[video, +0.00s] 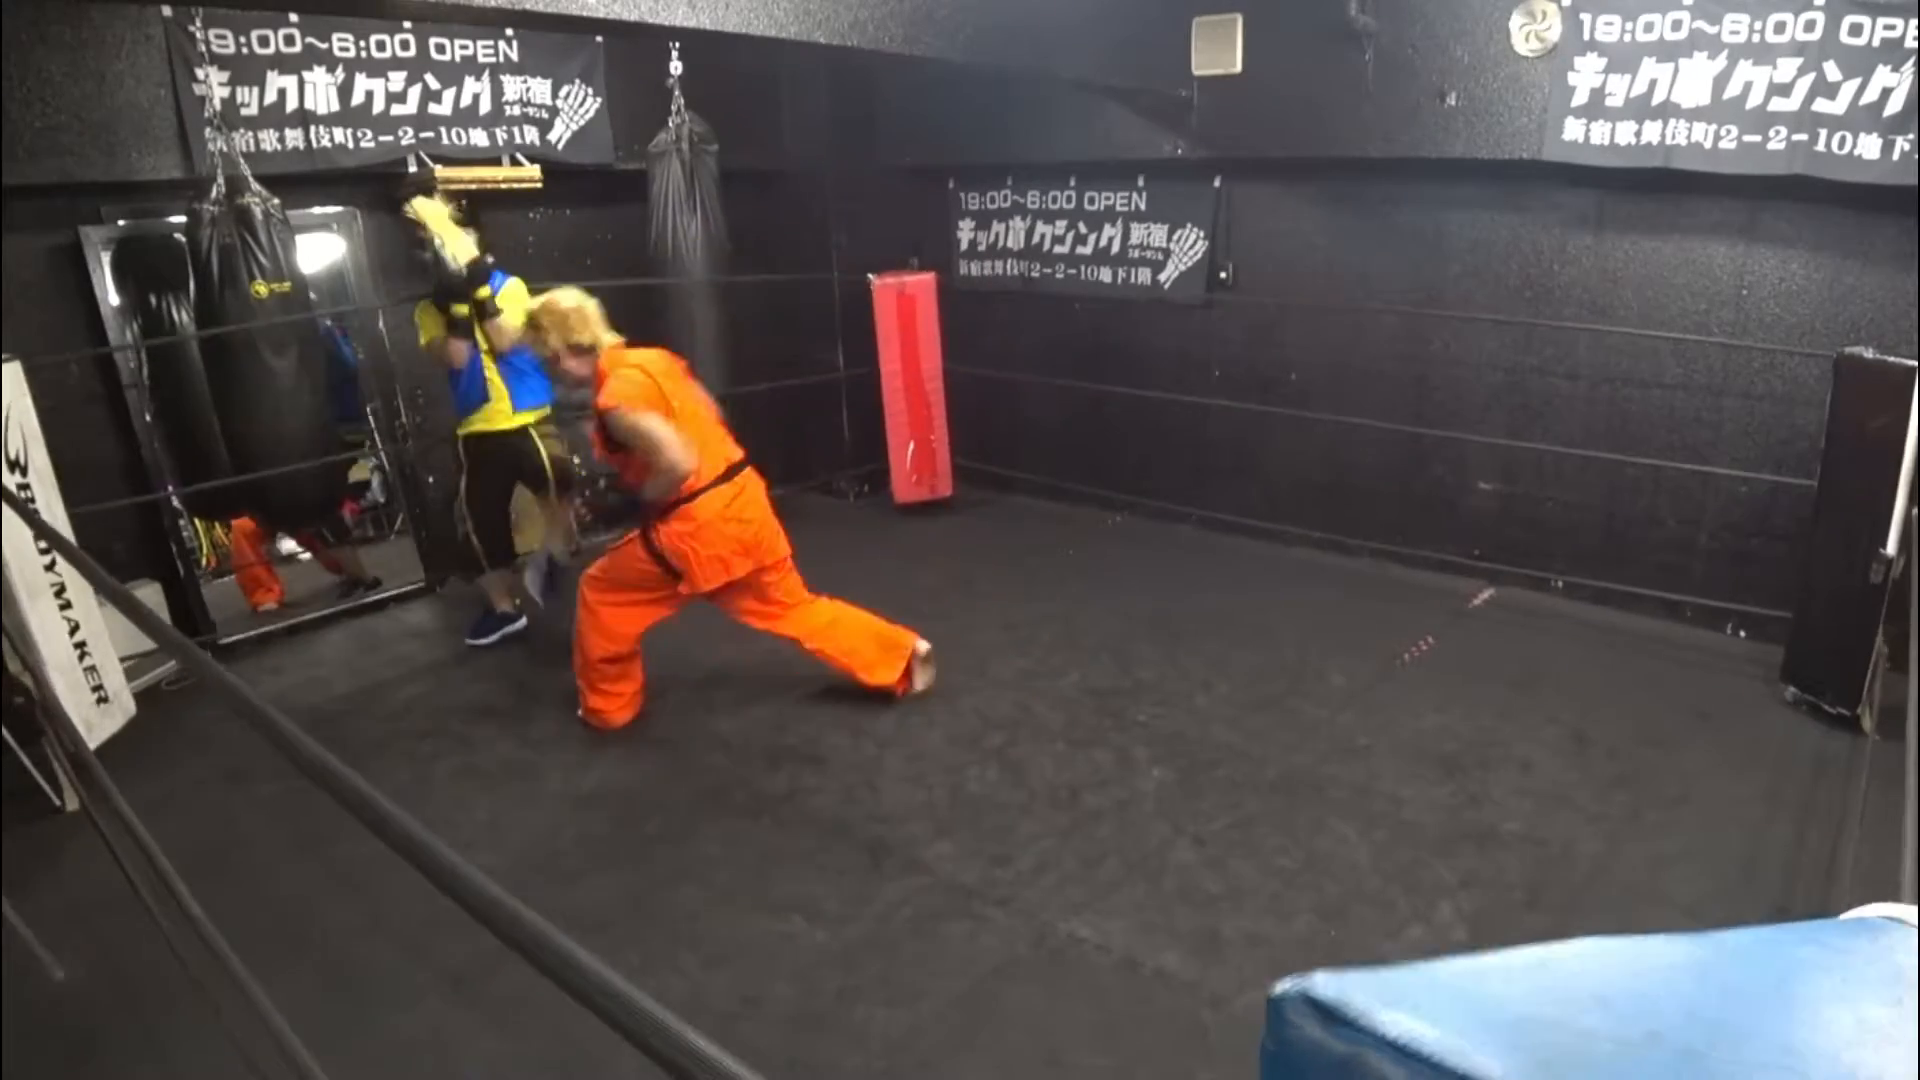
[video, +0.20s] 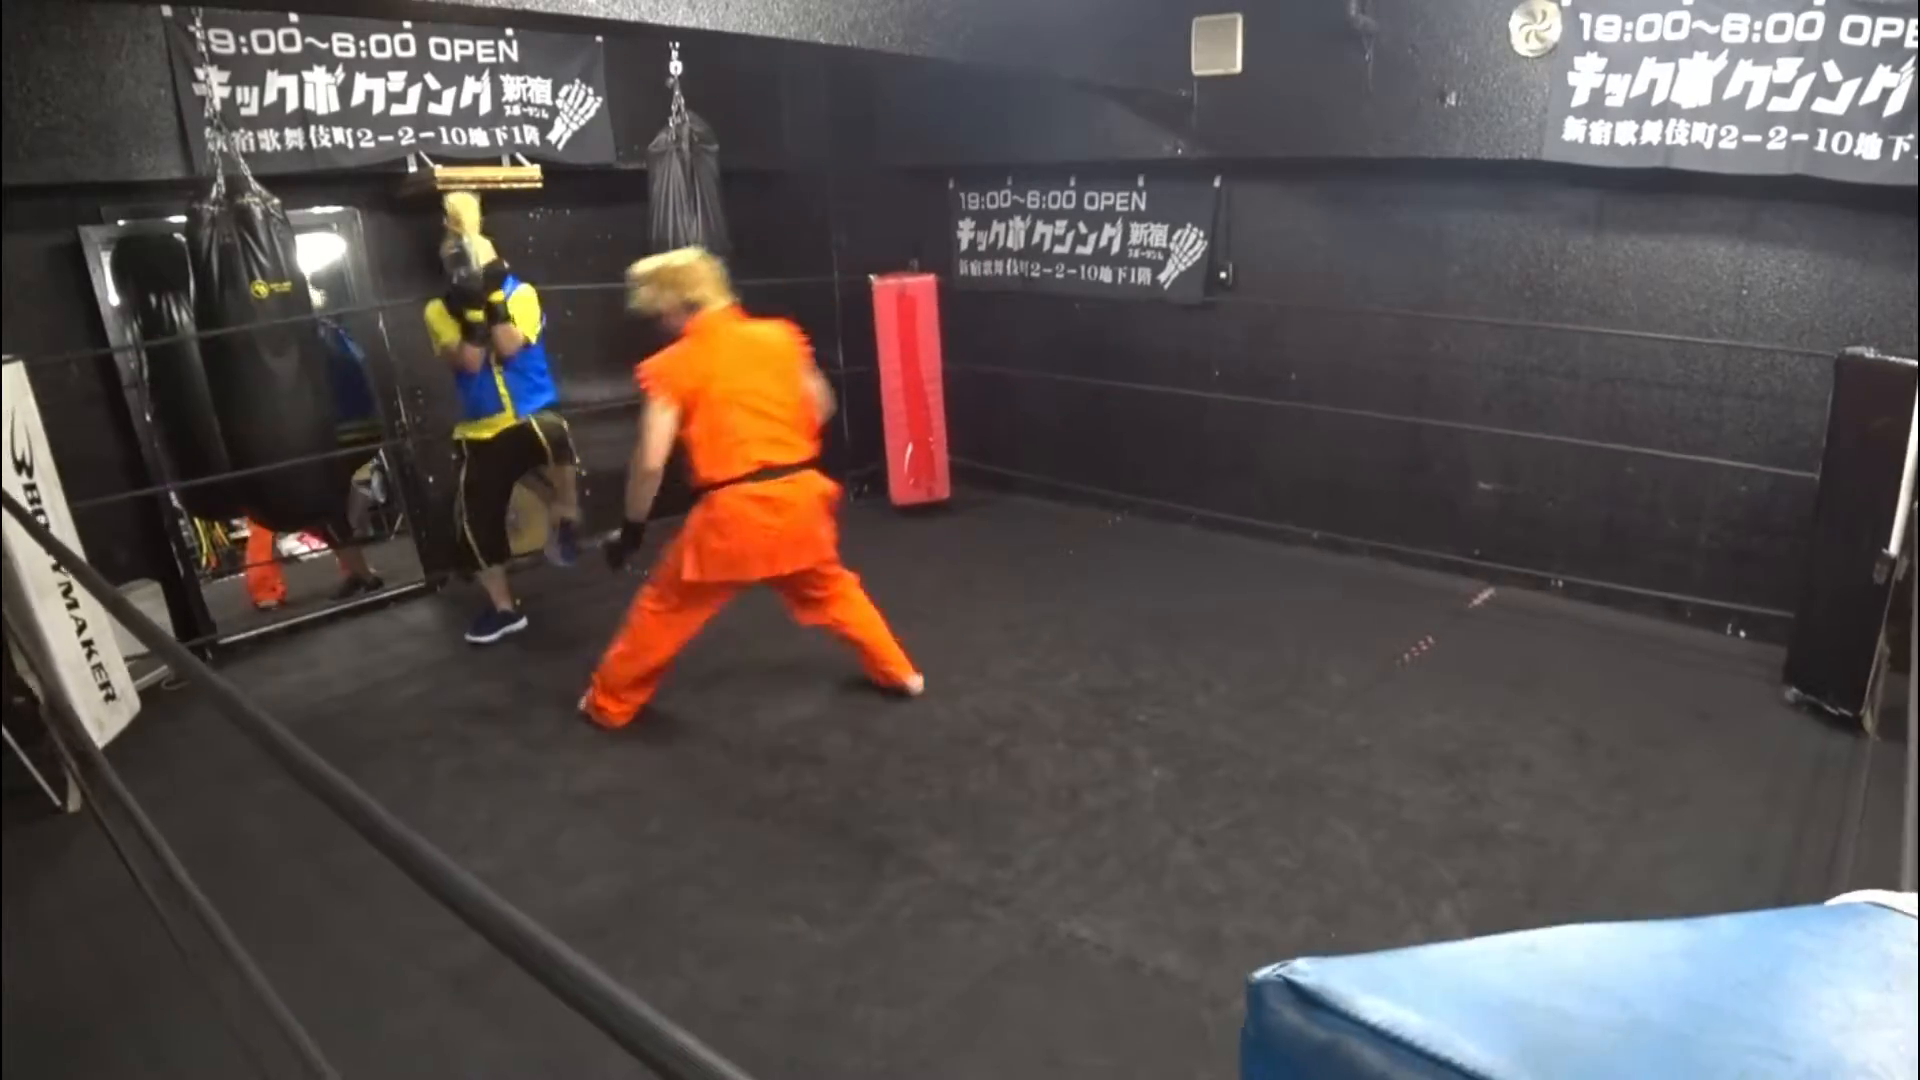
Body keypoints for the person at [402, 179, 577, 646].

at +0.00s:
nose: (438, 254)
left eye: (445, 241)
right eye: (430, 246)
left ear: (467, 242)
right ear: (425, 255)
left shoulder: (508, 287)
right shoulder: (430, 308)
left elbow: (504, 341)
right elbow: (454, 359)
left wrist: (482, 297)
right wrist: (454, 310)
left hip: (529, 421)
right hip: (479, 430)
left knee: (558, 486)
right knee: (484, 519)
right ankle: (504, 606)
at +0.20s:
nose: (461, 271)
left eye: (466, 261)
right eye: (452, 264)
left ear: (485, 262)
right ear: (443, 270)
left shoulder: (519, 294)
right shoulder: (440, 311)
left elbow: (510, 345)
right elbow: (468, 362)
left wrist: (489, 297)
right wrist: (471, 313)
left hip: (531, 419)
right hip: (482, 434)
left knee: (553, 436)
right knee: (475, 524)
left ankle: (566, 518)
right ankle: (504, 607)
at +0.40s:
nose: (485, 299)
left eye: (491, 289)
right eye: (476, 292)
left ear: (506, 283)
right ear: (465, 291)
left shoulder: (540, 321)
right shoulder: (455, 336)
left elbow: (568, 381)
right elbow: (457, 399)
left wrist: (538, 353)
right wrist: (466, 364)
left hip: (560, 443)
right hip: (504, 452)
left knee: (600, 524)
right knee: (486, 531)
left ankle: (649, 587)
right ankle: (505, 609)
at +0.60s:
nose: (502, 315)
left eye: (507, 305)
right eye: (490, 307)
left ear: (516, 306)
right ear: (471, 314)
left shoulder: (549, 346)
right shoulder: (459, 362)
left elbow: (584, 402)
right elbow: (459, 426)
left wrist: (585, 391)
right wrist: (466, 416)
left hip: (577, 461)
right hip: (520, 471)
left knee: (616, 533)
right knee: (499, 545)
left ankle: (651, 586)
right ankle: (505, 608)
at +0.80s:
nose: (523, 300)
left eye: (530, 290)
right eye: (513, 292)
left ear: (543, 286)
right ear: (495, 293)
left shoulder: (570, 325)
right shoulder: (479, 340)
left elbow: (598, 382)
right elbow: (507, 383)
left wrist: (595, 349)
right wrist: (532, 346)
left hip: (586, 459)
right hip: (525, 469)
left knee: (625, 535)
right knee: (503, 554)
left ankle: (654, 606)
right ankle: (502, 608)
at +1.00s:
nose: (545, 269)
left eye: (551, 257)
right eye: (534, 260)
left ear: (560, 253)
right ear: (511, 261)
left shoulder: (585, 291)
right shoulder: (491, 301)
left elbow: (619, 358)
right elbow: (511, 358)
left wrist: (603, 310)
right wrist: (545, 322)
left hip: (604, 430)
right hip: (549, 437)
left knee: (624, 529)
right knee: (537, 528)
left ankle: (679, 589)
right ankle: (578, 612)